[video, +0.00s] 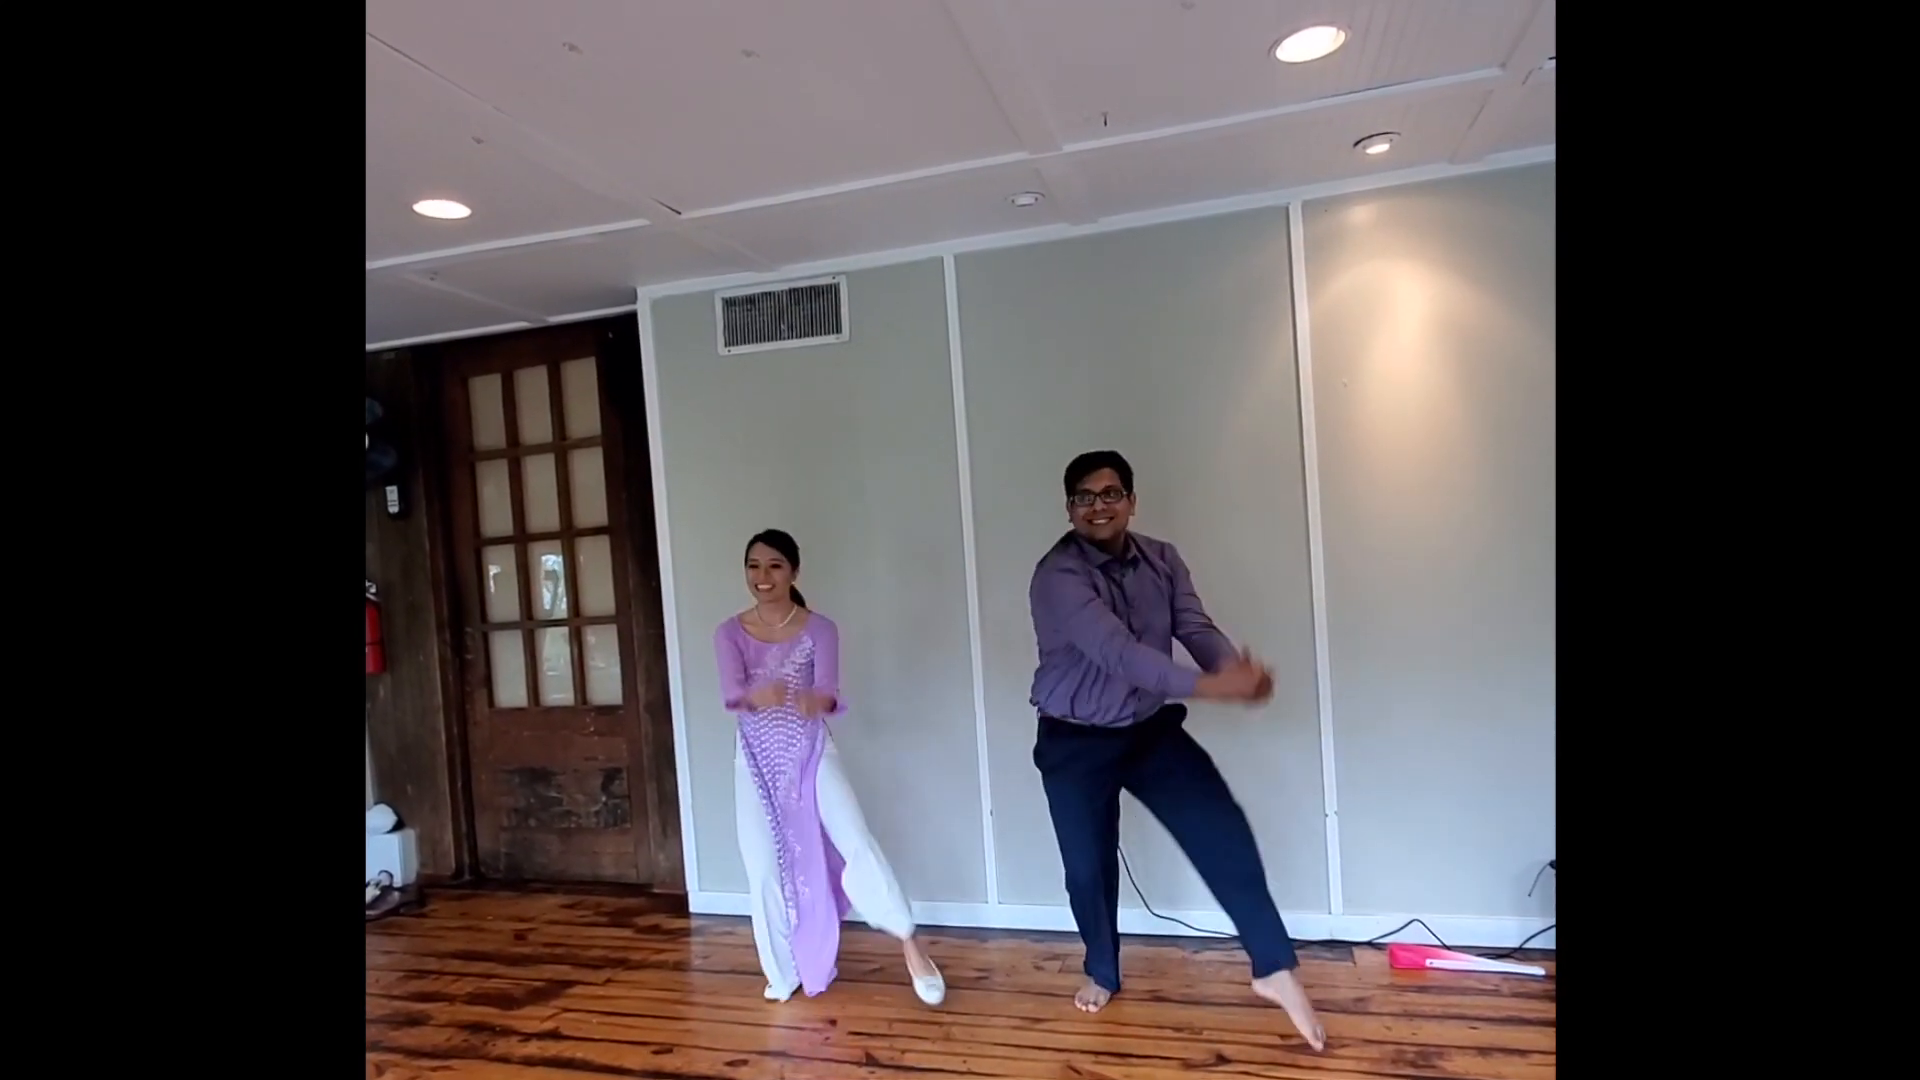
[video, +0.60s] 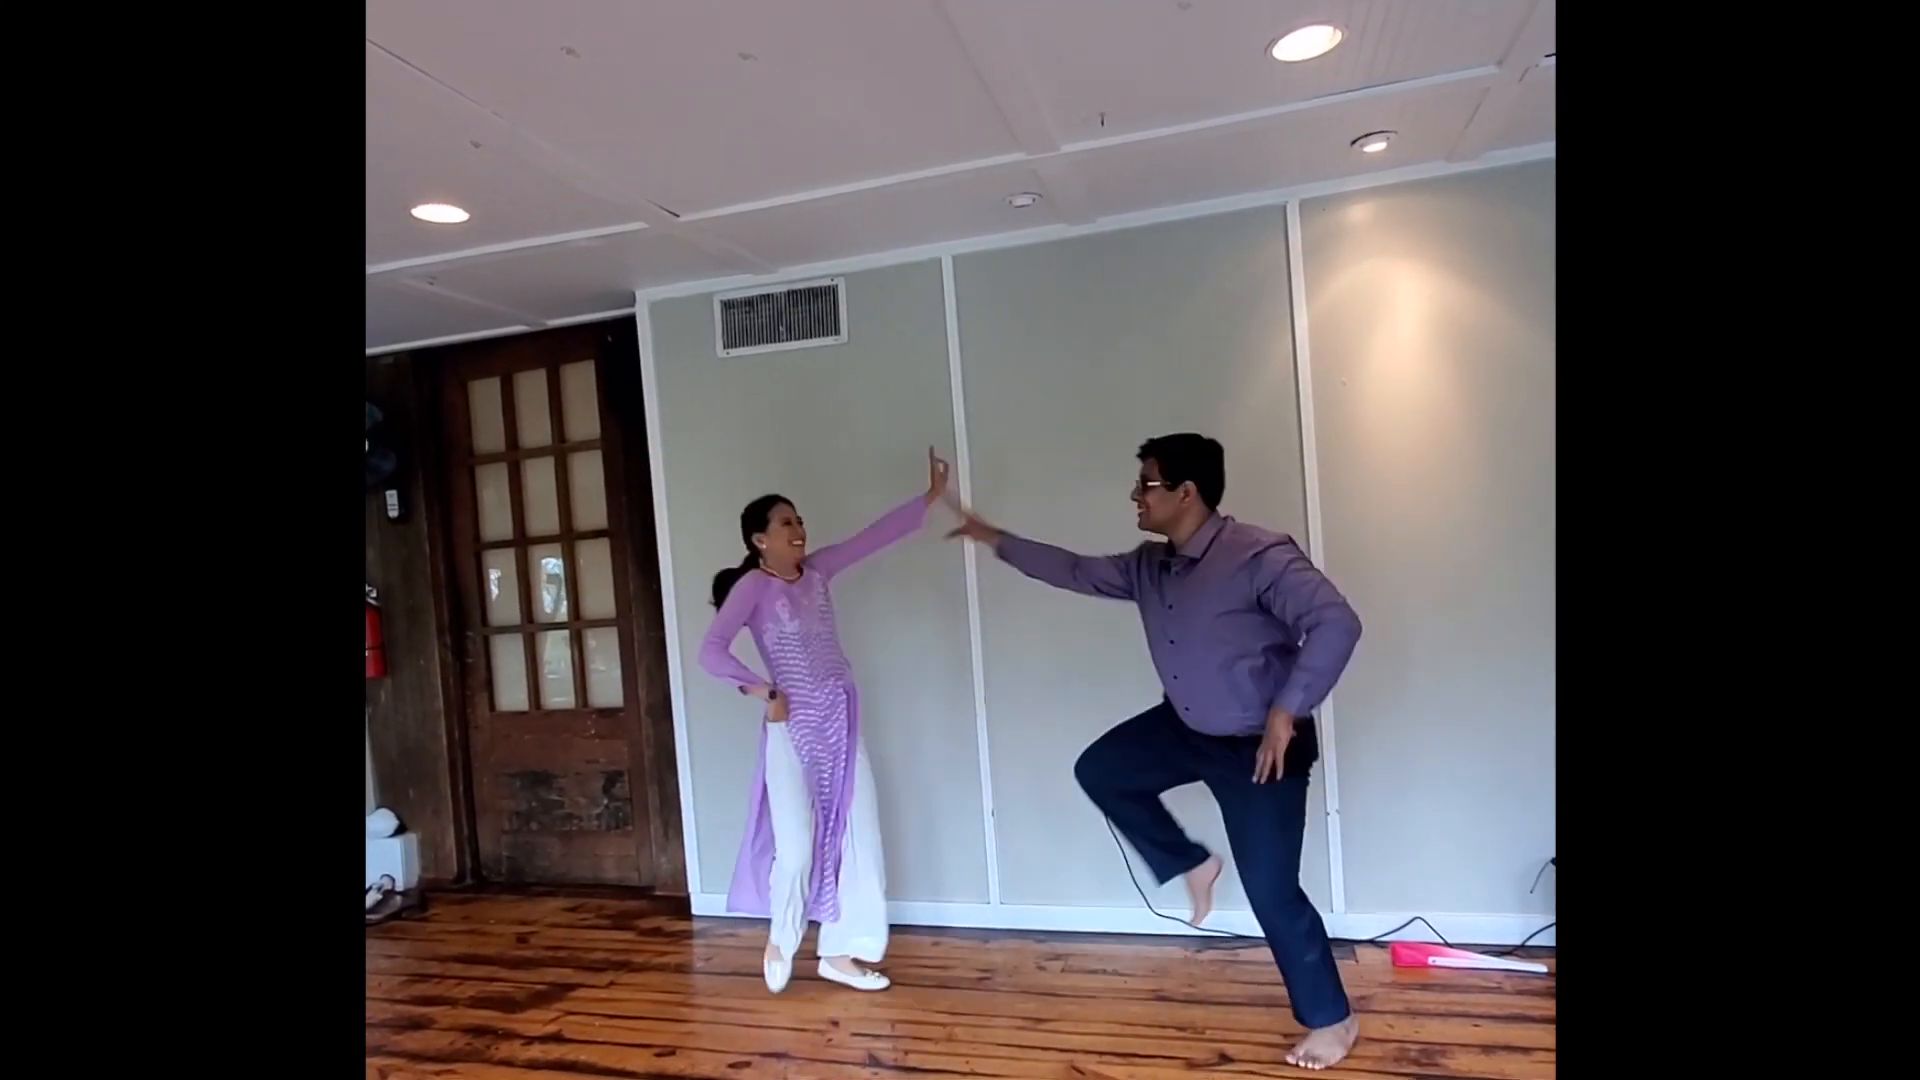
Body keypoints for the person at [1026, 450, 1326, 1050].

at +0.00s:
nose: (1098, 506)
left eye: (1110, 494)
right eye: (1084, 497)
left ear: (1131, 501)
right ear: (1069, 507)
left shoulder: (1161, 559)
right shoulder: (1059, 577)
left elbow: (1194, 628)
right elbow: (1117, 651)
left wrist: (1233, 665)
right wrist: (1207, 685)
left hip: (1153, 729)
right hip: (1076, 740)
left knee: (1222, 831)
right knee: (1088, 868)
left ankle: (1274, 969)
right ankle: (1101, 972)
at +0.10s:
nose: (1094, 511)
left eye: (1107, 499)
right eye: (1081, 501)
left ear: (1127, 508)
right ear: (1064, 512)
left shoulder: (1164, 565)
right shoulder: (1047, 592)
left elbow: (1208, 642)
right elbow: (1088, 678)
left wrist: (1242, 725)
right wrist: (1169, 733)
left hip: (1161, 737)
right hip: (1081, 746)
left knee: (1220, 854)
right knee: (1087, 874)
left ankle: (1248, 992)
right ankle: (1100, 974)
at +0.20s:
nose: (1098, 511)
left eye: (1111, 500)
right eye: (1085, 502)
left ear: (1132, 509)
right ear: (1070, 515)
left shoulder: (1176, 570)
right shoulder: (1048, 594)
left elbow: (1234, 639)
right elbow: (1044, 685)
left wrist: (1278, 722)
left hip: (1177, 744)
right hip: (1090, 752)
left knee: (1241, 849)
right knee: (1089, 882)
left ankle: (1255, 981)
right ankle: (1103, 975)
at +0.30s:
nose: (1107, 496)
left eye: (1120, 484)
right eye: (1096, 488)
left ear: (1147, 492)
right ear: (1084, 499)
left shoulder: (1196, 549)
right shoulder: (1062, 565)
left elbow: (1274, 605)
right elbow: (1011, 635)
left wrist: (1310, 692)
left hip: (1197, 733)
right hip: (1107, 741)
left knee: (1254, 852)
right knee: (1101, 871)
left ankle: (1278, 969)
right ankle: (1103, 976)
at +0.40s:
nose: (1113, 482)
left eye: (1127, 468)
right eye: (1105, 472)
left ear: (1165, 474)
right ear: (1099, 480)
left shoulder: (1216, 520)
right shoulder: (1084, 530)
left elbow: (1299, 571)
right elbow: (1008, 577)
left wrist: (1307, 676)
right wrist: (935, 632)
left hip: (1221, 719)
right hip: (1137, 721)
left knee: (1249, 859)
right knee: (1100, 842)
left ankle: (1311, 992)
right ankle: (1113, 955)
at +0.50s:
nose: (1121, 489)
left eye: (1133, 476)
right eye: (1119, 477)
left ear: (1176, 481)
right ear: (1154, 483)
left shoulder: (1238, 529)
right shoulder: (1120, 538)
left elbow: (1321, 583)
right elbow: (1036, 554)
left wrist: (1293, 682)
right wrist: (943, 568)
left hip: (1242, 731)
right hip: (1162, 721)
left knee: (1268, 877)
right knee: (1090, 800)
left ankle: (1328, 1017)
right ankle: (1146, 912)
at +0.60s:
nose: (1135, 496)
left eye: (1146, 486)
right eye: (1137, 485)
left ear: (1188, 493)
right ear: (1174, 493)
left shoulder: (1259, 555)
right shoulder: (1148, 566)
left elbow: (1337, 622)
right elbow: (1073, 570)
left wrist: (1286, 709)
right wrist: (987, 532)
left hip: (1261, 742)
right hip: (1187, 726)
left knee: (1271, 892)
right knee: (1100, 770)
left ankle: (1330, 1019)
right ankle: (1191, 864)